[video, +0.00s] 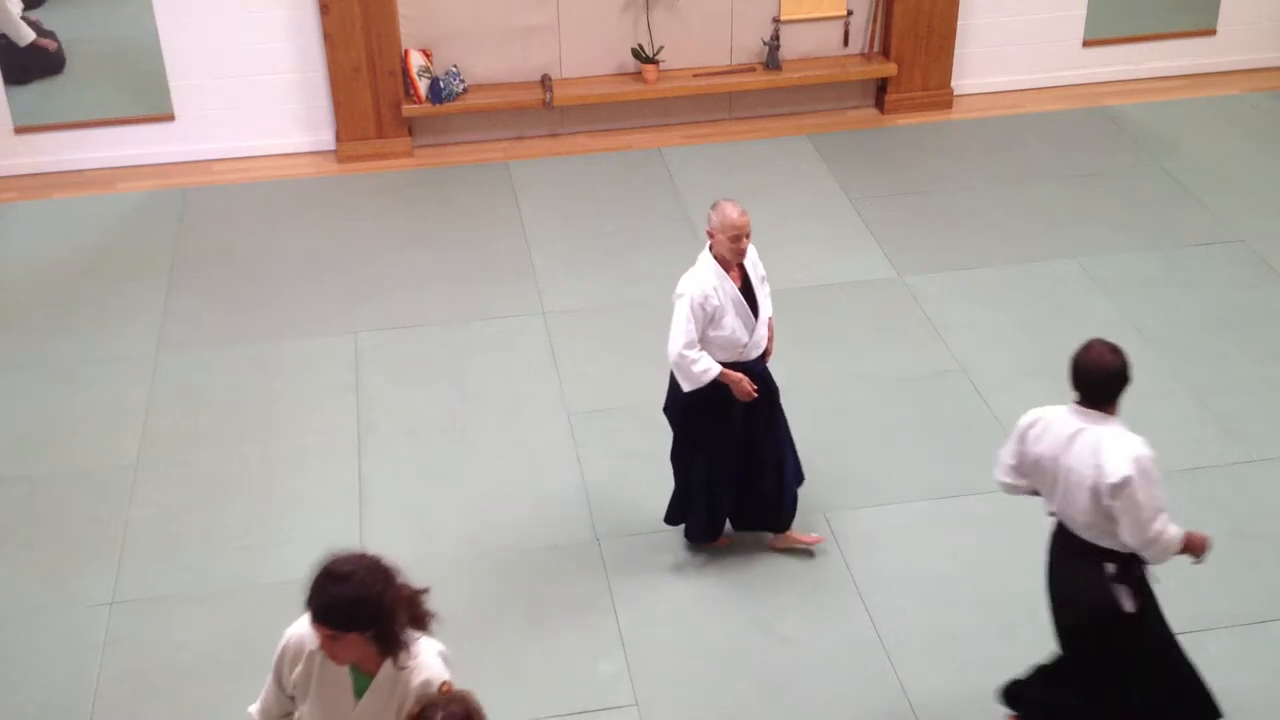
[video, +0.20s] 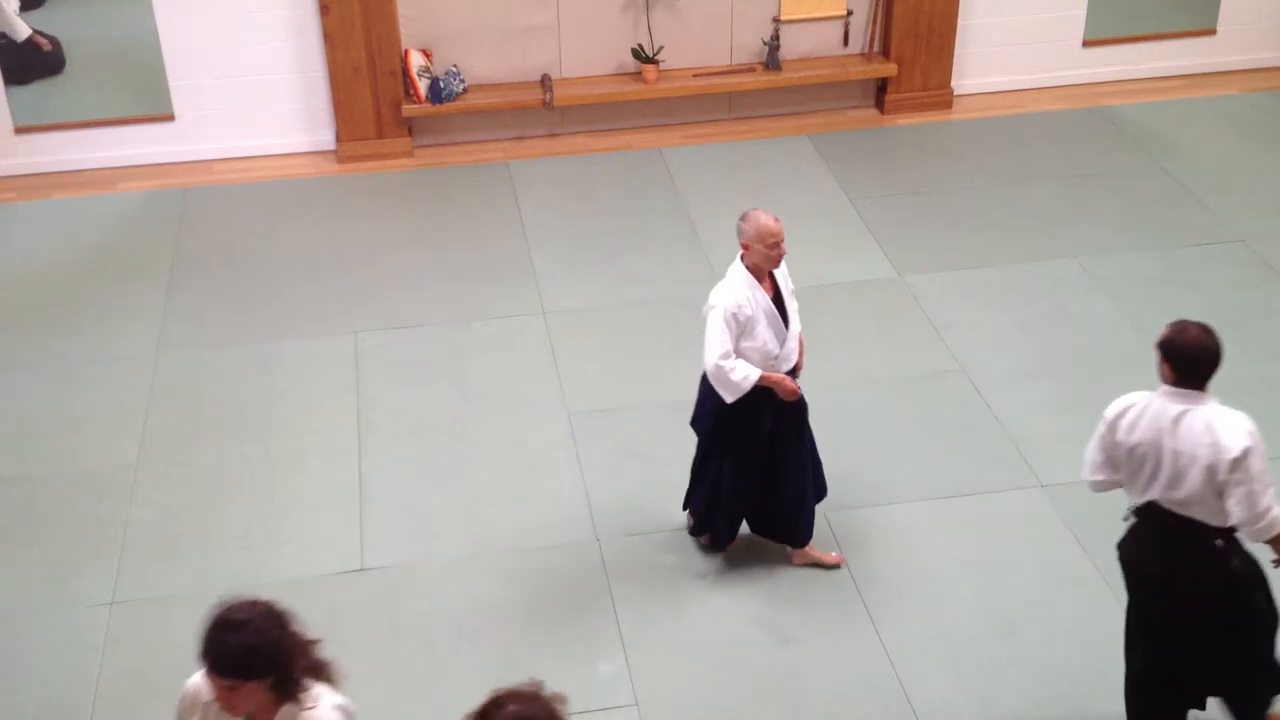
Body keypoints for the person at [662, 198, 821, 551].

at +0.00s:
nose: (744, 245)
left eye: (747, 237)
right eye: (736, 238)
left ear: (750, 232)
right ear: (712, 236)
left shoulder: (749, 255)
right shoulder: (695, 287)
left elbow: (762, 294)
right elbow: (681, 352)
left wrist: (768, 330)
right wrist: (728, 377)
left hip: (753, 371)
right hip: (709, 385)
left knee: (773, 449)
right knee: (709, 458)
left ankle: (779, 529)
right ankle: (705, 530)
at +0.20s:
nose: (781, 251)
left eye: (782, 243)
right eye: (772, 246)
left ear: (783, 240)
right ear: (746, 249)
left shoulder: (779, 273)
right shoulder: (727, 299)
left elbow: (790, 310)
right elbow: (719, 363)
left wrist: (796, 340)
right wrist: (770, 380)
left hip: (781, 393)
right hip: (738, 399)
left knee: (795, 467)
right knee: (730, 466)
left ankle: (800, 545)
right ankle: (706, 519)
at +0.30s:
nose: (803, 250)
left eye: (802, 242)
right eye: (794, 246)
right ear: (767, 253)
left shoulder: (795, 274)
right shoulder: (746, 302)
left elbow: (802, 321)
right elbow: (741, 367)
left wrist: (813, 354)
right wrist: (794, 381)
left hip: (797, 393)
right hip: (758, 400)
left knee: (805, 472)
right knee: (745, 467)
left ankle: (799, 547)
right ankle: (705, 510)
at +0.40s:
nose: (822, 250)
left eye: (820, 243)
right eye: (814, 246)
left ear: (790, 255)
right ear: (786, 256)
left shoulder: (808, 276)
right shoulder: (767, 306)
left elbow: (809, 337)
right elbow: (764, 372)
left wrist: (824, 375)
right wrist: (817, 379)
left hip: (814, 396)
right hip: (779, 404)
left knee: (816, 476)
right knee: (769, 473)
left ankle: (802, 548)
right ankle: (715, 511)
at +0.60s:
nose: (853, 257)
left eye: (852, 250)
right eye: (847, 252)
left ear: (823, 258)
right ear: (823, 260)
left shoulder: (824, 282)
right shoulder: (802, 316)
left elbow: (828, 346)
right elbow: (813, 382)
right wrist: (865, 379)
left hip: (832, 400)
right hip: (803, 410)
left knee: (838, 479)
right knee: (805, 487)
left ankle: (820, 550)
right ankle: (770, 558)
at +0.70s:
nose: (866, 259)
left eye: (864, 253)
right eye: (860, 256)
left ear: (834, 262)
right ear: (838, 265)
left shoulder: (823, 283)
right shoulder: (820, 323)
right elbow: (837, 387)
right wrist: (887, 382)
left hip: (829, 403)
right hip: (819, 415)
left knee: (831, 491)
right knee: (822, 496)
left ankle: (826, 576)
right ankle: (817, 589)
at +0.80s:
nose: (878, 264)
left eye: (876, 258)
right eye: (874, 261)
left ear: (843, 266)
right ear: (855, 271)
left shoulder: (823, 285)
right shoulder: (840, 331)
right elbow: (863, 392)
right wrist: (912, 384)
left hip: (813, 402)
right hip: (838, 421)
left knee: (817, 481)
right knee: (854, 504)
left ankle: (809, 548)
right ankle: (860, 604)